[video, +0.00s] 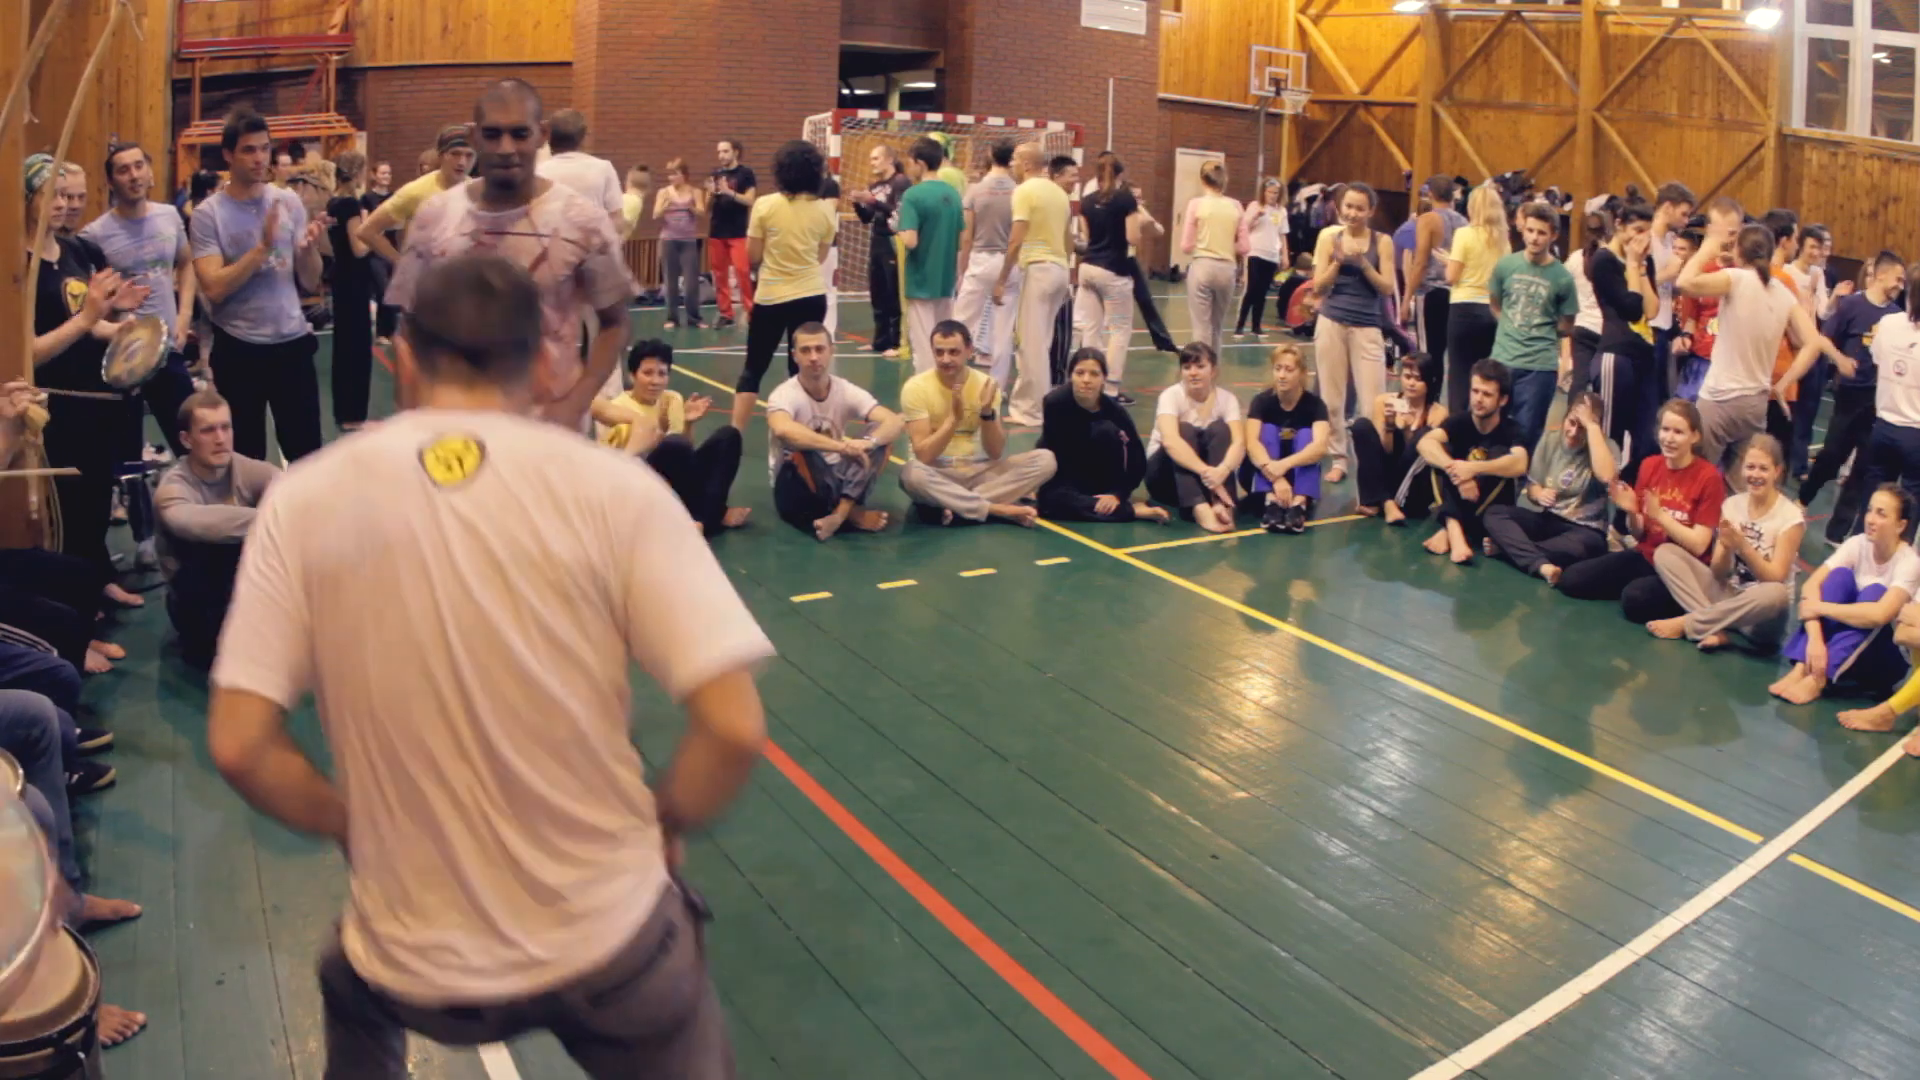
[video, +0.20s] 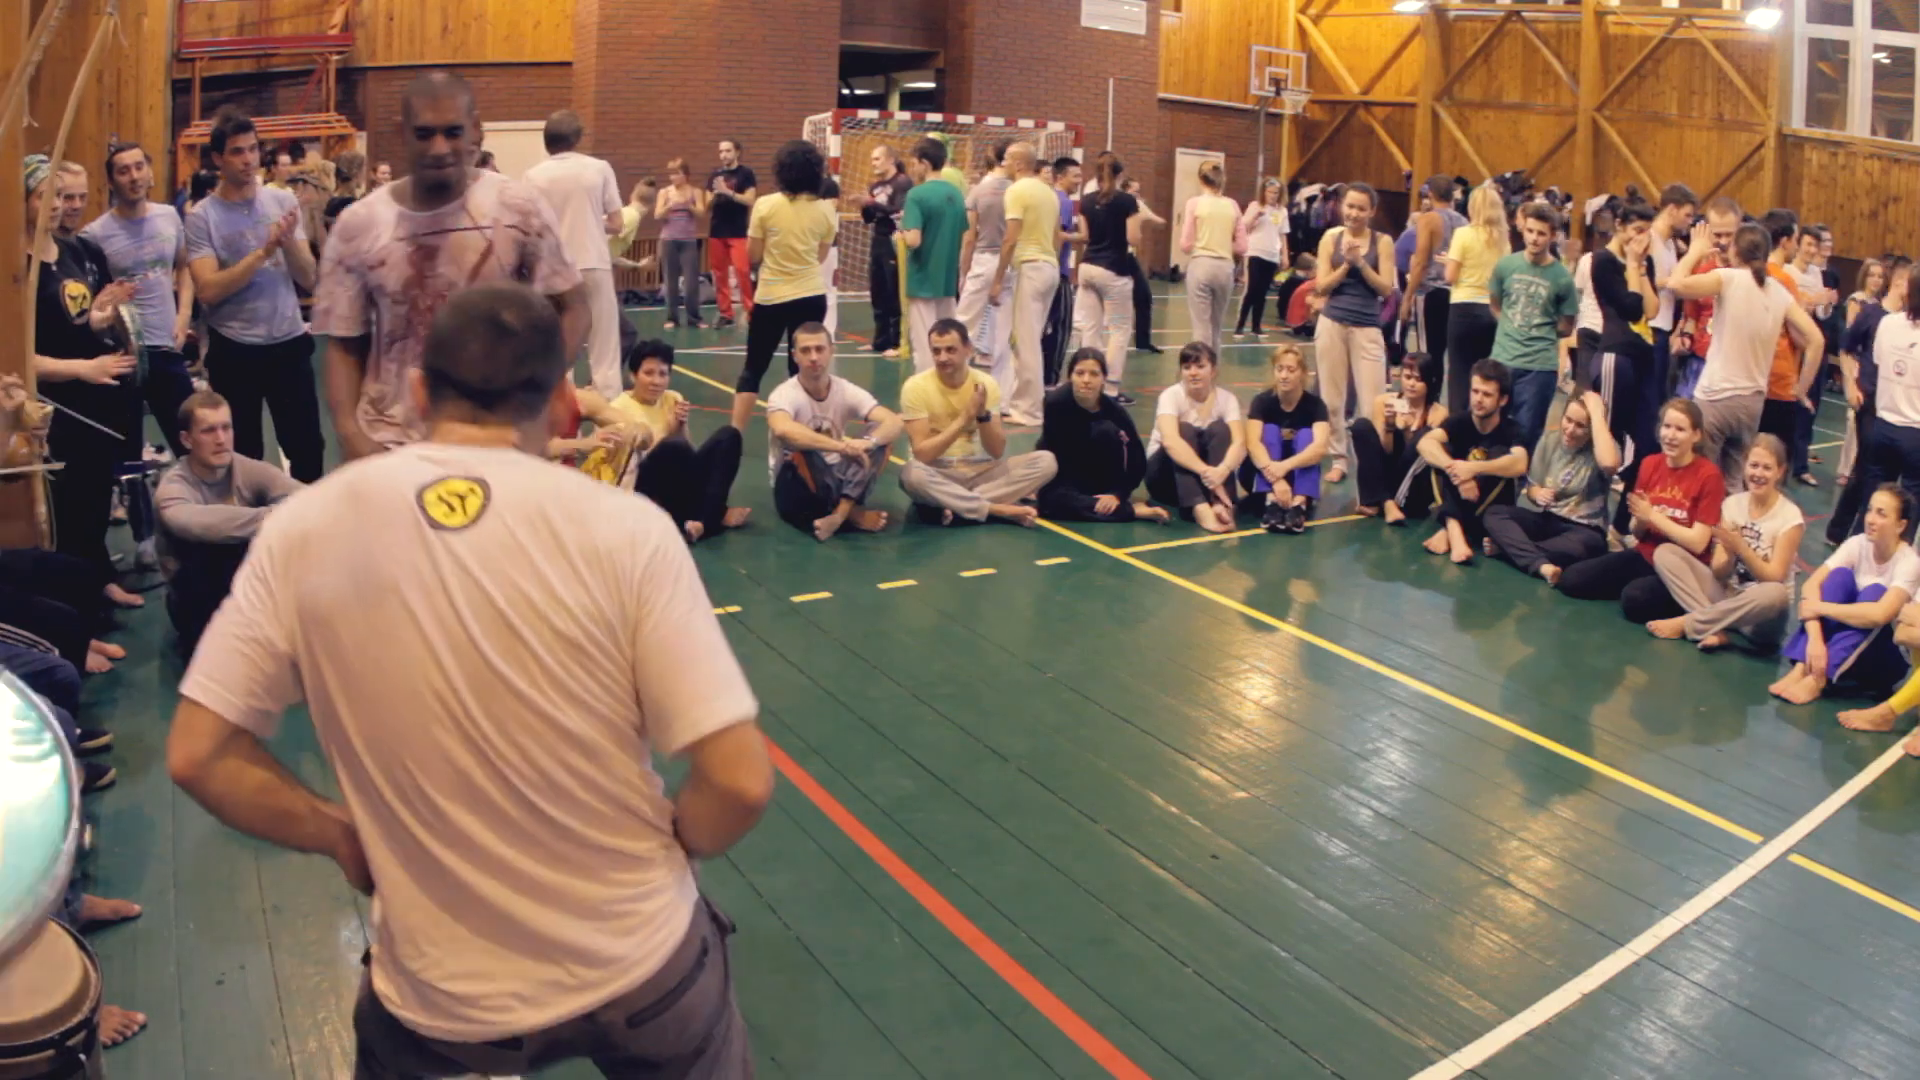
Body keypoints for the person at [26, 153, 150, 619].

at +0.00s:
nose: (68, 204)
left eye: (74, 197)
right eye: (58, 195)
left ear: (80, 201)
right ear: (32, 198)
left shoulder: (79, 251)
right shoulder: (19, 262)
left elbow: (87, 321)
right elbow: (27, 354)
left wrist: (119, 323)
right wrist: (86, 316)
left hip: (95, 391)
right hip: (53, 397)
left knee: (97, 494)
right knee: (72, 498)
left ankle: (100, 576)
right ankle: (78, 592)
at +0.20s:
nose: (66, 205)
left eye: (73, 197)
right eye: (56, 196)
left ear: (79, 201)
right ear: (29, 200)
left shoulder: (81, 253)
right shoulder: (17, 264)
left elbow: (94, 323)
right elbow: (16, 359)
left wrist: (104, 316)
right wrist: (84, 368)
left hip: (99, 395)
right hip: (54, 400)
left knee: (96, 494)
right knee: (70, 498)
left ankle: (99, 576)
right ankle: (75, 588)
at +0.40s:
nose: (56, 215)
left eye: (61, 205)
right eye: (46, 206)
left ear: (68, 209)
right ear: (24, 210)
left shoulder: (71, 257)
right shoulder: (15, 274)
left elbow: (83, 322)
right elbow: (19, 365)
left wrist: (117, 313)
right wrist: (88, 363)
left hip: (90, 393)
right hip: (52, 404)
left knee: (97, 493)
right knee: (70, 499)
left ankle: (101, 575)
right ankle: (78, 591)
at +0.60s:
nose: (58, 208)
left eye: (65, 198)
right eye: (47, 198)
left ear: (71, 202)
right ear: (24, 201)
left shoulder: (80, 254)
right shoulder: (16, 265)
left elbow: (82, 332)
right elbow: (16, 353)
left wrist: (110, 314)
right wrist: (76, 327)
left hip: (89, 389)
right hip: (43, 396)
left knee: (94, 488)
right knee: (63, 494)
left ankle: (100, 574)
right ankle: (69, 586)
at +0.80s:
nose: (62, 210)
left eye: (69, 201)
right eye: (51, 201)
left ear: (76, 204)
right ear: (27, 204)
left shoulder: (82, 255)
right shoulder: (16, 267)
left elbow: (85, 330)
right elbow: (16, 358)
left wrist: (103, 314)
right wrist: (81, 344)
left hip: (96, 392)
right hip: (53, 400)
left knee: (97, 493)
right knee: (70, 497)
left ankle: (100, 574)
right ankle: (76, 587)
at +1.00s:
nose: (58, 208)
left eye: (62, 198)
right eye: (47, 199)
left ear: (68, 201)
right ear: (24, 204)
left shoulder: (72, 253)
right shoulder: (18, 264)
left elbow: (74, 326)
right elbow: (28, 352)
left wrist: (111, 330)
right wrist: (99, 318)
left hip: (93, 399)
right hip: (54, 406)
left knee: (94, 519)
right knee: (75, 521)